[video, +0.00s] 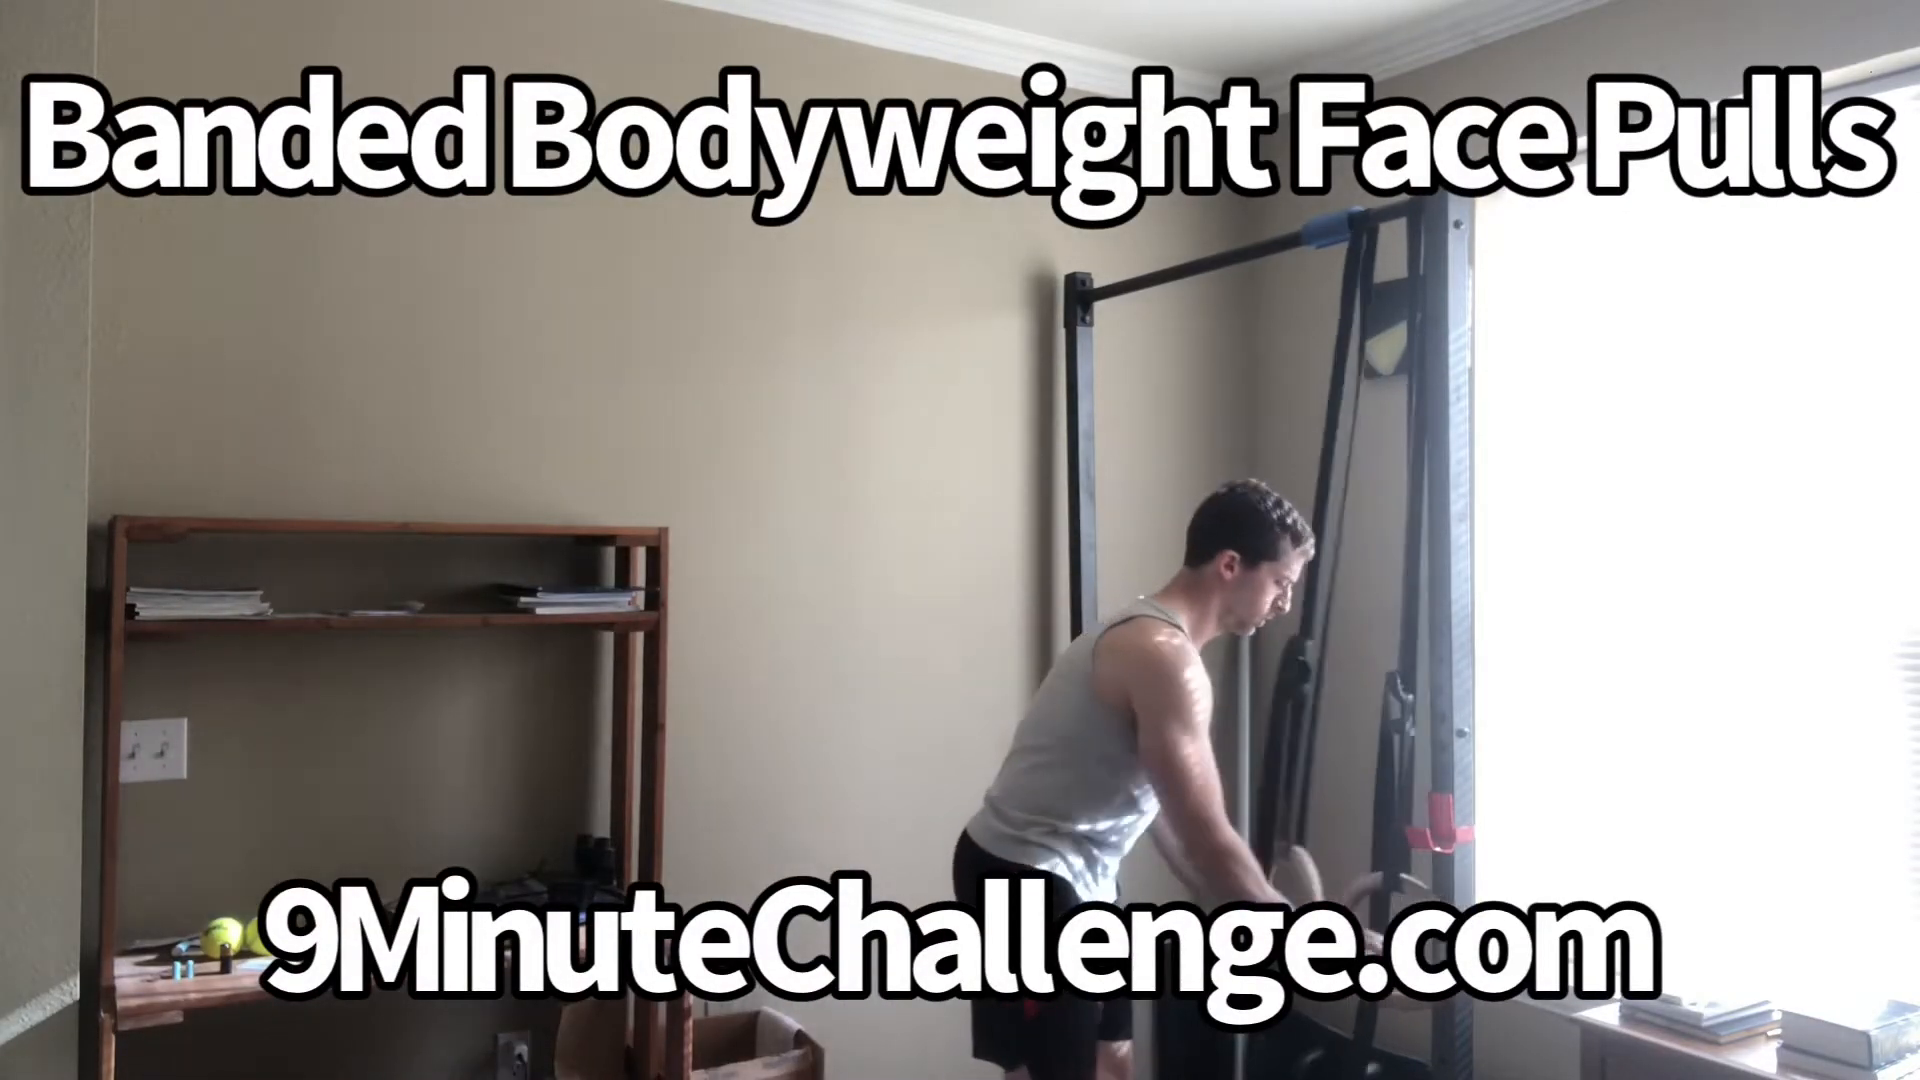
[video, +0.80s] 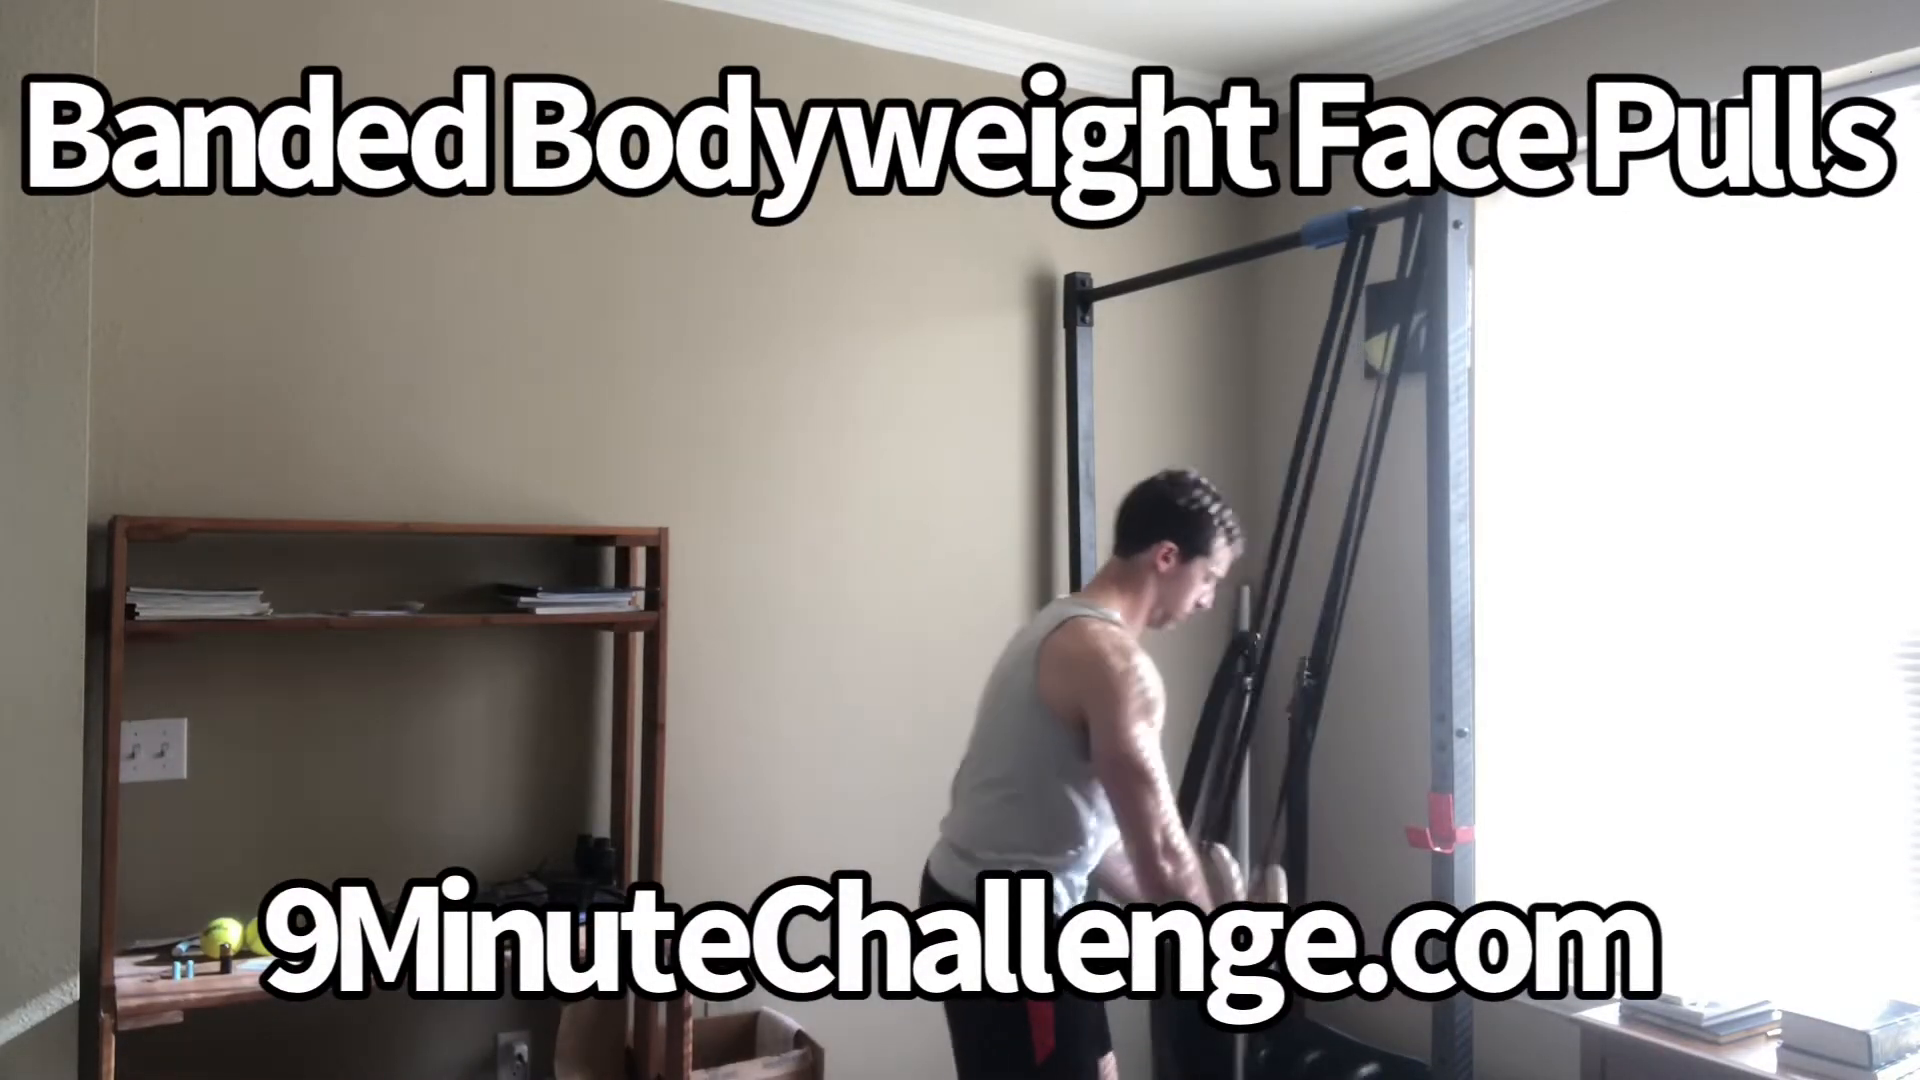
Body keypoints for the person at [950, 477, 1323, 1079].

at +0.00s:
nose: (1285, 604)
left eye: (1290, 587)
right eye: (1282, 583)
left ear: (1227, 568)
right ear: (1229, 566)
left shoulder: (1142, 634)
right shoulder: (1164, 657)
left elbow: (1172, 832)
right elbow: (1209, 841)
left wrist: (1253, 923)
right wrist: (1300, 933)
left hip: (1077, 874)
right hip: (1031, 875)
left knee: (1112, 1061)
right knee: (1054, 1067)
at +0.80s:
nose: (1208, 601)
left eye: (1216, 583)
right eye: (1209, 578)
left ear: (1155, 557)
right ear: (1165, 558)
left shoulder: (1060, 626)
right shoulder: (1115, 661)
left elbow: (1090, 832)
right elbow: (1161, 851)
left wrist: (1169, 919)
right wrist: (1220, 944)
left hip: (970, 891)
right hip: (1018, 908)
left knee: (1093, 1063)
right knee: (1078, 1068)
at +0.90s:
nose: (1182, 602)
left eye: (1191, 584)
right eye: (1185, 580)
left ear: (1130, 557)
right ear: (1143, 559)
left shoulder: (1023, 631)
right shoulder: (1098, 667)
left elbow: (1067, 838)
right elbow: (1150, 871)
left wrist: (1149, 914)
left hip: (945, 900)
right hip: (1011, 928)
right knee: (1048, 1068)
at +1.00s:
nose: (1157, 598)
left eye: (1167, 579)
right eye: (1162, 575)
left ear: (1106, 550)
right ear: (1123, 554)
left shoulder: (986, 631)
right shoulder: (1081, 667)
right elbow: (1126, 874)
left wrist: (1104, 901)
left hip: (928, 912)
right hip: (1006, 942)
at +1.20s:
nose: (1105, 580)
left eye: (1114, 560)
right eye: (1109, 557)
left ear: (1022, 524)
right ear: (1073, 535)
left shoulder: (921, 622)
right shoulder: (1047, 654)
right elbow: (1076, 861)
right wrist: (1123, 973)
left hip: (887, 936)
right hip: (986, 954)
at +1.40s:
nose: (1039, 572)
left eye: (1047, 552)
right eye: (1043, 549)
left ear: (947, 515)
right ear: (1006, 529)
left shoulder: (856, 624)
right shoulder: (984, 654)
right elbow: (1013, 855)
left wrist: (1026, 756)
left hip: (842, 957)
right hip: (947, 970)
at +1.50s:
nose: (997, 570)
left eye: (1005, 549)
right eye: (999, 545)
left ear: (903, 515)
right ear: (960, 526)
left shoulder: (816, 627)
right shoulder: (937, 653)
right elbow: (973, 867)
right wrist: (1057, 907)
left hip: (806, 963)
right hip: (908, 978)